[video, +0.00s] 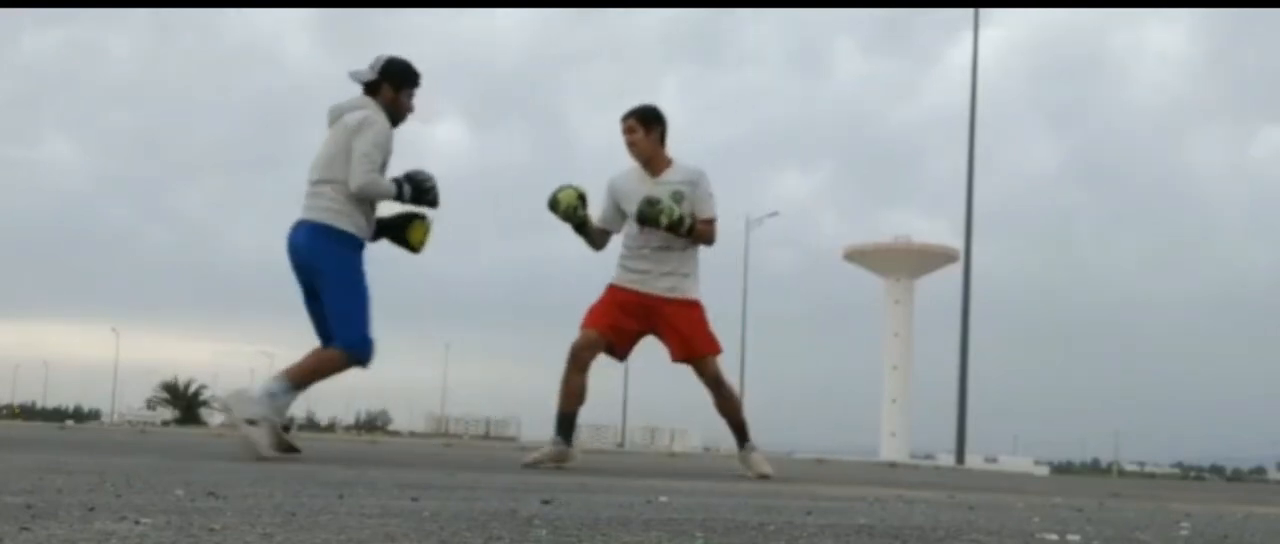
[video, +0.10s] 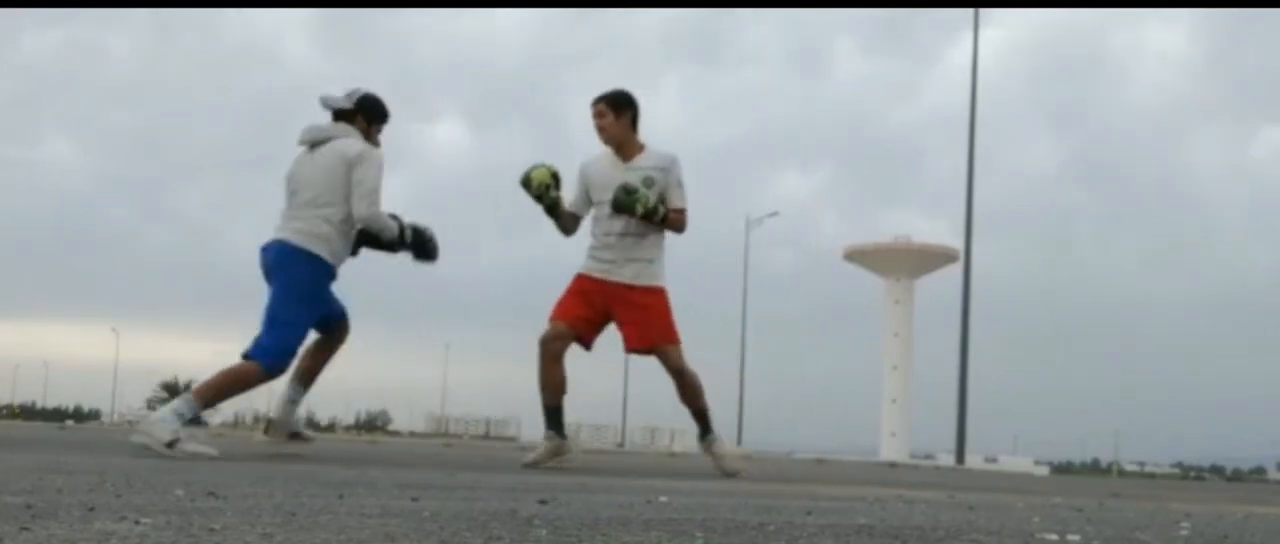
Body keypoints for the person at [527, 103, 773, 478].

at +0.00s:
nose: (627, 142)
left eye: (633, 133)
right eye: (624, 135)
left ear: (656, 133)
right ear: (628, 139)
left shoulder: (693, 178)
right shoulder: (622, 183)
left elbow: (708, 235)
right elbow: (599, 241)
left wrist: (672, 224)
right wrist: (579, 220)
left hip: (678, 298)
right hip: (627, 292)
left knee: (712, 375)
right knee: (581, 350)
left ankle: (747, 449)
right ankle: (561, 444)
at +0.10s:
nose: (597, 127)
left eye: (602, 118)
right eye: (595, 120)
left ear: (626, 119)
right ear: (601, 124)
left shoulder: (664, 164)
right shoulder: (591, 169)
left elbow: (678, 224)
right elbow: (569, 226)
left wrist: (645, 211)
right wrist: (551, 202)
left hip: (643, 285)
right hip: (594, 280)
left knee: (675, 364)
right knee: (551, 342)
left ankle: (709, 439)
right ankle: (555, 438)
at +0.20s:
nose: (575, 117)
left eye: (580, 109)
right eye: (573, 110)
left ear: (605, 109)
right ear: (584, 114)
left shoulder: (643, 155)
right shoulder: (570, 155)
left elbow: (656, 216)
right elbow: (543, 212)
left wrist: (623, 189)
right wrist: (536, 177)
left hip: (622, 273)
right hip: (573, 268)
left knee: (651, 346)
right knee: (517, 326)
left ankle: (664, 435)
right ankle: (523, 422)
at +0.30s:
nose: (559, 129)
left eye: (565, 121)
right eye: (558, 121)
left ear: (590, 122)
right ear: (570, 125)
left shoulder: (624, 169)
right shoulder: (553, 165)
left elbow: (628, 231)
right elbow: (519, 216)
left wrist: (601, 195)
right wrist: (524, 175)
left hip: (598, 283)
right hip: (547, 279)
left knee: (626, 347)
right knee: (492, 349)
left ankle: (647, 445)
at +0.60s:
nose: (528, 131)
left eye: (533, 123)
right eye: (529, 123)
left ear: (553, 126)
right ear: (553, 128)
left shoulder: (597, 174)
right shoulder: (536, 175)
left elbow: (607, 235)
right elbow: (535, 239)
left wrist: (563, 221)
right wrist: (507, 238)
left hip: (581, 295)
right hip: (536, 292)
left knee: (598, 355)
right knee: (461, 344)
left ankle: (642, 445)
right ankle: (440, 434)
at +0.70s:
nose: (505, 127)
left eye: (510, 118)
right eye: (506, 119)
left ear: (528, 121)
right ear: (529, 122)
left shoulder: (567, 164)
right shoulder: (516, 174)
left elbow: (573, 225)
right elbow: (525, 232)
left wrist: (525, 206)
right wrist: (492, 208)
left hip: (565, 293)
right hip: (521, 291)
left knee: (586, 358)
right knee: (454, 352)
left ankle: (640, 444)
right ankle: (427, 439)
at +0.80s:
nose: (487, 130)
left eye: (493, 123)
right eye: (489, 122)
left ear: (513, 127)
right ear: (511, 127)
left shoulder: (548, 167)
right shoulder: (497, 168)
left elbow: (537, 226)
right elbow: (461, 162)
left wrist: (500, 191)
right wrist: (421, 136)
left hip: (550, 294)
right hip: (504, 294)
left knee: (567, 356)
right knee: (437, 352)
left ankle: (628, 439)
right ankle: (422, 438)